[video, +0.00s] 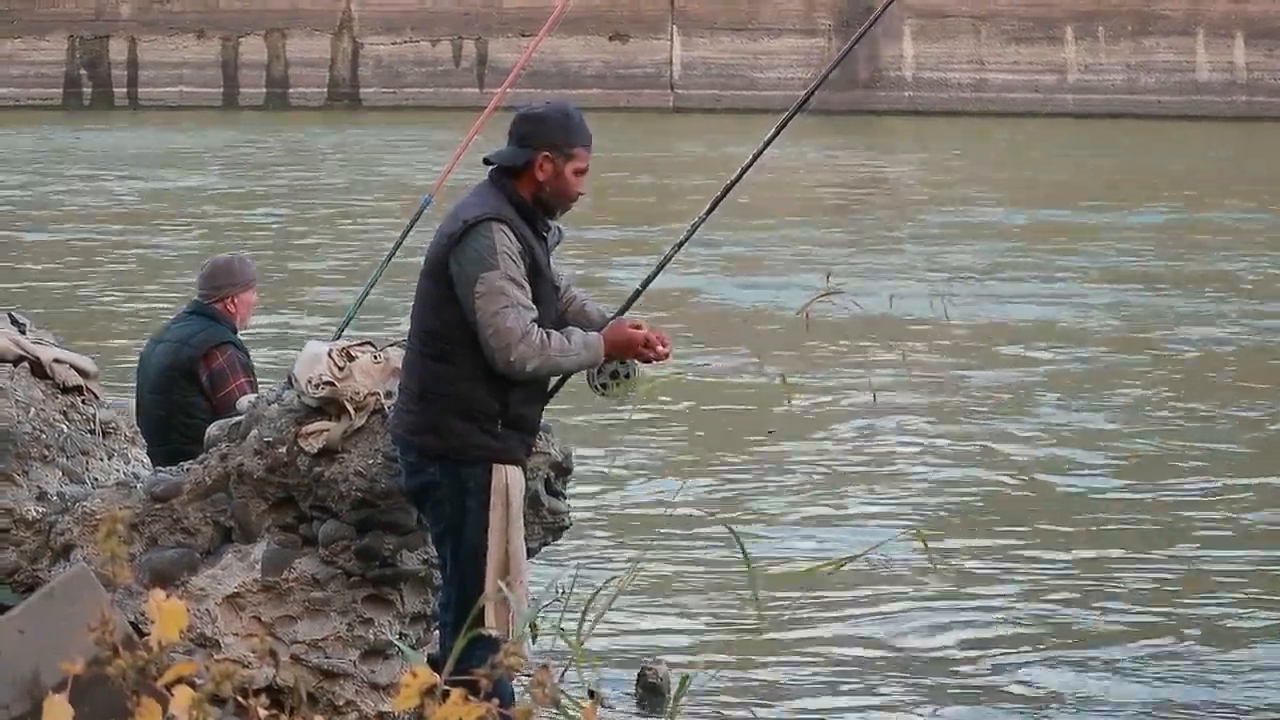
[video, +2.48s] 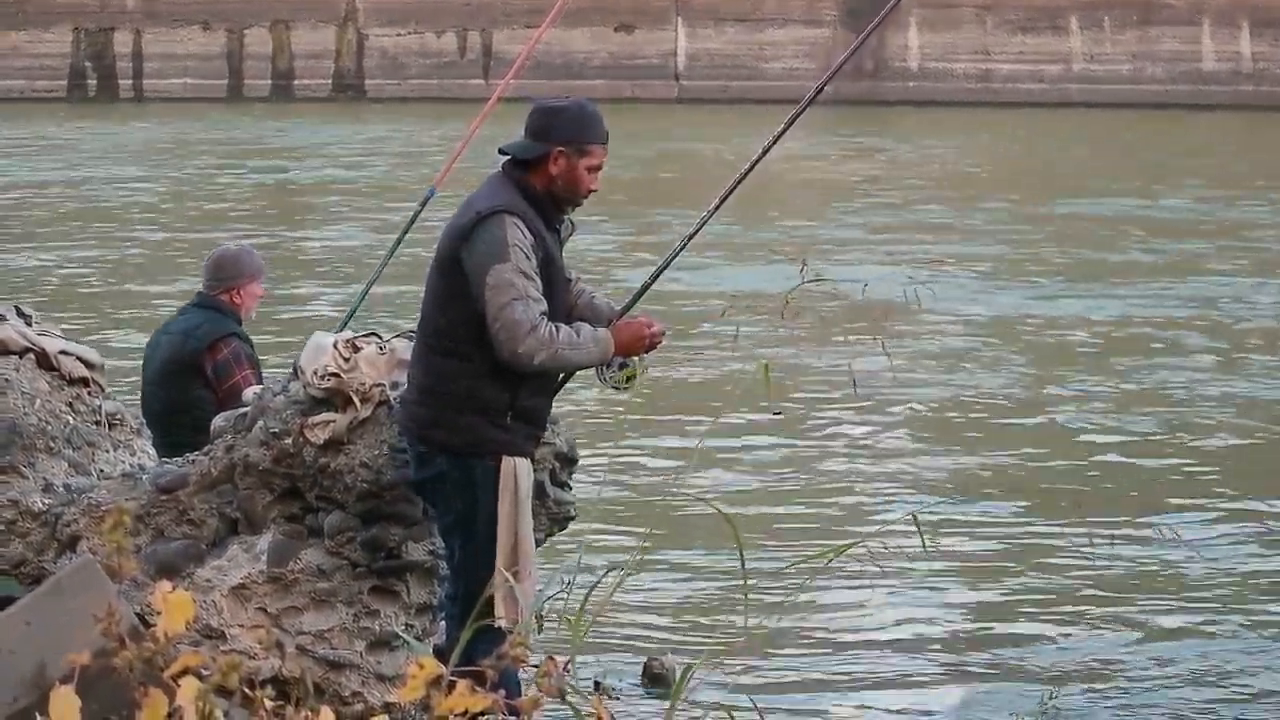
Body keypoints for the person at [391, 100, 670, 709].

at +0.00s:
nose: (584, 186)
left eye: (586, 172)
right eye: (580, 171)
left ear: (546, 164)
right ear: (543, 165)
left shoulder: (520, 227)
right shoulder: (488, 233)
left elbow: (558, 304)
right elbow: (515, 349)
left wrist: (618, 335)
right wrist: (603, 345)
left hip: (482, 446)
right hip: (456, 449)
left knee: (484, 603)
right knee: (477, 609)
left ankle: (476, 710)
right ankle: (477, 713)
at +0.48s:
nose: (585, 181)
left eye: (588, 167)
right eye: (582, 166)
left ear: (549, 159)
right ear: (545, 160)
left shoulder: (521, 222)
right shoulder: (489, 229)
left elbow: (557, 301)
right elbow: (514, 344)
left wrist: (617, 331)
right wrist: (604, 341)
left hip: (483, 442)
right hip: (457, 446)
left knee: (483, 596)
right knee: (477, 602)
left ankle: (474, 706)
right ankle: (481, 709)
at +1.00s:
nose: (585, 179)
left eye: (588, 166)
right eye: (581, 165)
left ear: (548, 158)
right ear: (543, 159)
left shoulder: (520, 218)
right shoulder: (491, 225)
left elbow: (555, 300)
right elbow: (514, 340)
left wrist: (615, 325)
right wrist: (604, 338)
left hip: (483, 442)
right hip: (457, 446)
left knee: (486, 599)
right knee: (479, 605)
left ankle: (484, 711)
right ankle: (474, 714)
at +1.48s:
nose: (588, 180)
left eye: (592, 167)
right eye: (583, 165)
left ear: (549, 159)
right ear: (545, 158)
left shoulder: (522, 217)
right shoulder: (495, 224)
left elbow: (554, 298)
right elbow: (516, 338)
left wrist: (615, 322)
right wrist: (606, 338)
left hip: (481, 438)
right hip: (457, 443)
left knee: (488, 593)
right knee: (478, 599)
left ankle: (486, 709)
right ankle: (472, 712)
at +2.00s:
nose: (592, 182)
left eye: (596, 169)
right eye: (587, 168)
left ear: (552, 160)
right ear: (549, 160)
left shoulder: (526, 217)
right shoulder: (498, 225)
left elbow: (558, 299)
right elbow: (518, 340)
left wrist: (616, 325)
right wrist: (607, 339)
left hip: (481, 439)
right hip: (457, 443)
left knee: (489, 593)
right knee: (478, 599)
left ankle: (487, 708)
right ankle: (475, 711)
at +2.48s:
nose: (597, 183)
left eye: (600, 169)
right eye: (592, 168)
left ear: (557, 161)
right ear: (555, 161)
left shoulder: (529, 217)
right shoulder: (502, 225)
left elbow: (563, 297)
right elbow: (521, 339)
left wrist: (617, 326)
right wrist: (610, 340)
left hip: (485, 439)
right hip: (461, 443)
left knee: (493, 592)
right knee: (478, 598)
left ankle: (490, 708)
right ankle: (474, 711)